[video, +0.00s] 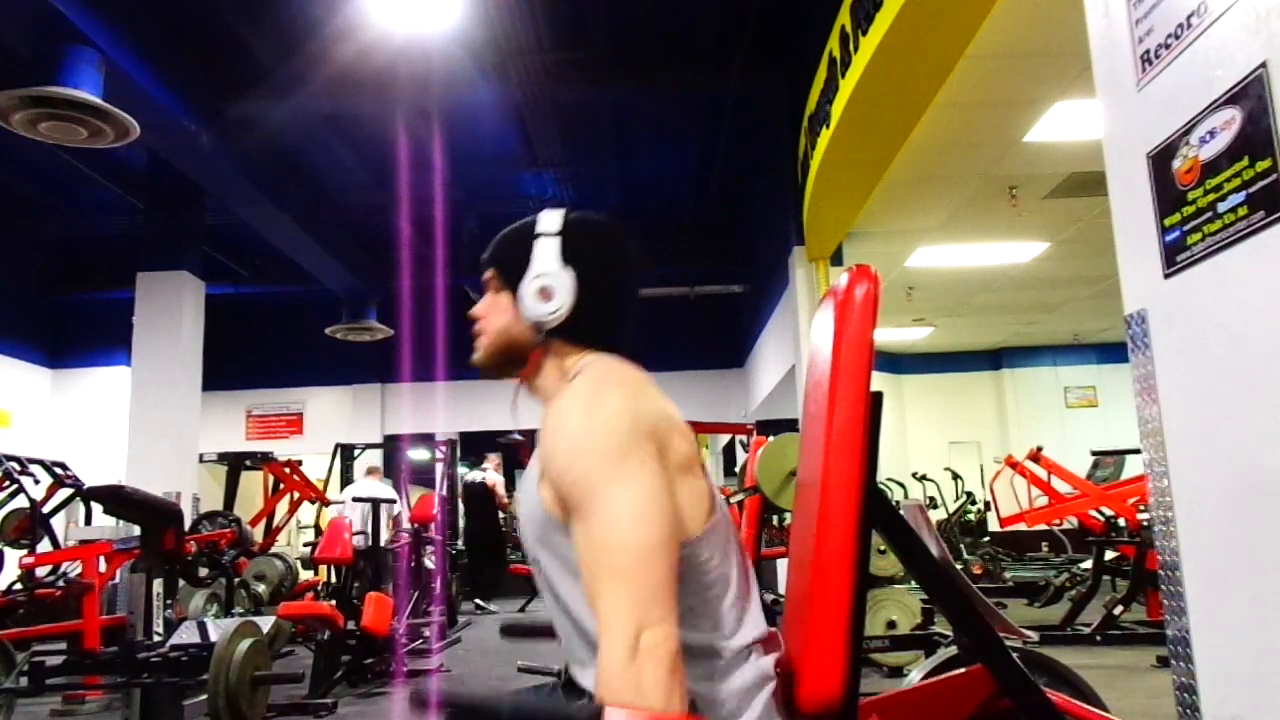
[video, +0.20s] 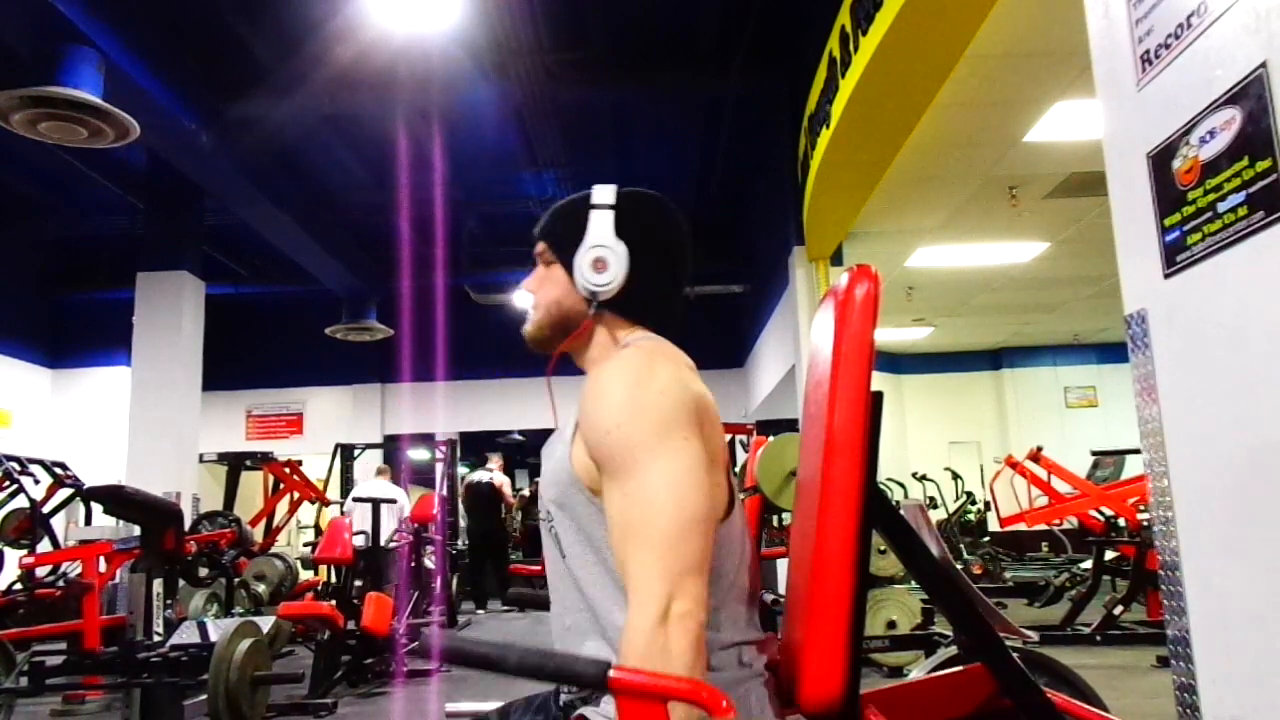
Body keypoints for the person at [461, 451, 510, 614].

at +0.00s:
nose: (499, 469)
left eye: (499, 466)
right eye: (499, 466)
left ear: (484, 462)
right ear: (495, 464)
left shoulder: (468, 477)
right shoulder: (496, 478)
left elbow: (463, 499)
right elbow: (502, 501)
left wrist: (474, 506)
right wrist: (508, 508)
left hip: (471, 526)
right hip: (490, 526)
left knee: (475, 563)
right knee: (495, 561)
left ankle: (478, 599)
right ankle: (484, 598)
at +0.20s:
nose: (501, 468)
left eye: (501, 466)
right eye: (501, 466)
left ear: (487, 463)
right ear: (499, 465)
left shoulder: (469, 478)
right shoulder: (501, 479)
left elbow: (463, 501)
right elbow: (509, 501)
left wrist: (471, 515)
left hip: (475, 528)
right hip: (495, 527)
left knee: (476, 565)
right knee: (500, 563)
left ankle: (479, 605)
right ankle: (505, 599)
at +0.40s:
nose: (504, 466)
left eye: (501, 463)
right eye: (504, 464)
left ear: (489, 463)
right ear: (503, 464)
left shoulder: (474, 476)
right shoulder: (509, 479)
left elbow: (463, 499)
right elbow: (517, 502)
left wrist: (466, 518)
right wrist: (511, 512)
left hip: (480, 530)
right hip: (502, 529)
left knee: (479, 567)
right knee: (506, 566)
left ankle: (480, 605)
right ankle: (510, 603)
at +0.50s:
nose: (506, 466)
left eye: (504, 463)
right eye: (506, 464)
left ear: (490, 463)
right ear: (505, 464)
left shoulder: (479, 475)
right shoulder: (513, 480)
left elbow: (466, 492)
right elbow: (522, 503)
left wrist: (463, 510)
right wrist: (511, 512)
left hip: (483, 529)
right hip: (504, 529)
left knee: (481, 567)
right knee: (507, 566)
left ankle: (481, 605)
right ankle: (510, 603)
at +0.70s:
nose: (508, 466)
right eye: (509, 463)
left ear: (494, 463)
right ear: (510, 464)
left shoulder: (484, 475)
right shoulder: (518, 480)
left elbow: (470, 493)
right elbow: (526, 504)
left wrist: (460, 503)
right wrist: (514, 511)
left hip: (486, 529)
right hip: (508, 529)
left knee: (483, 565)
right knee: (509, 566)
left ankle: (482, 604)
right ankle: (510, 603)